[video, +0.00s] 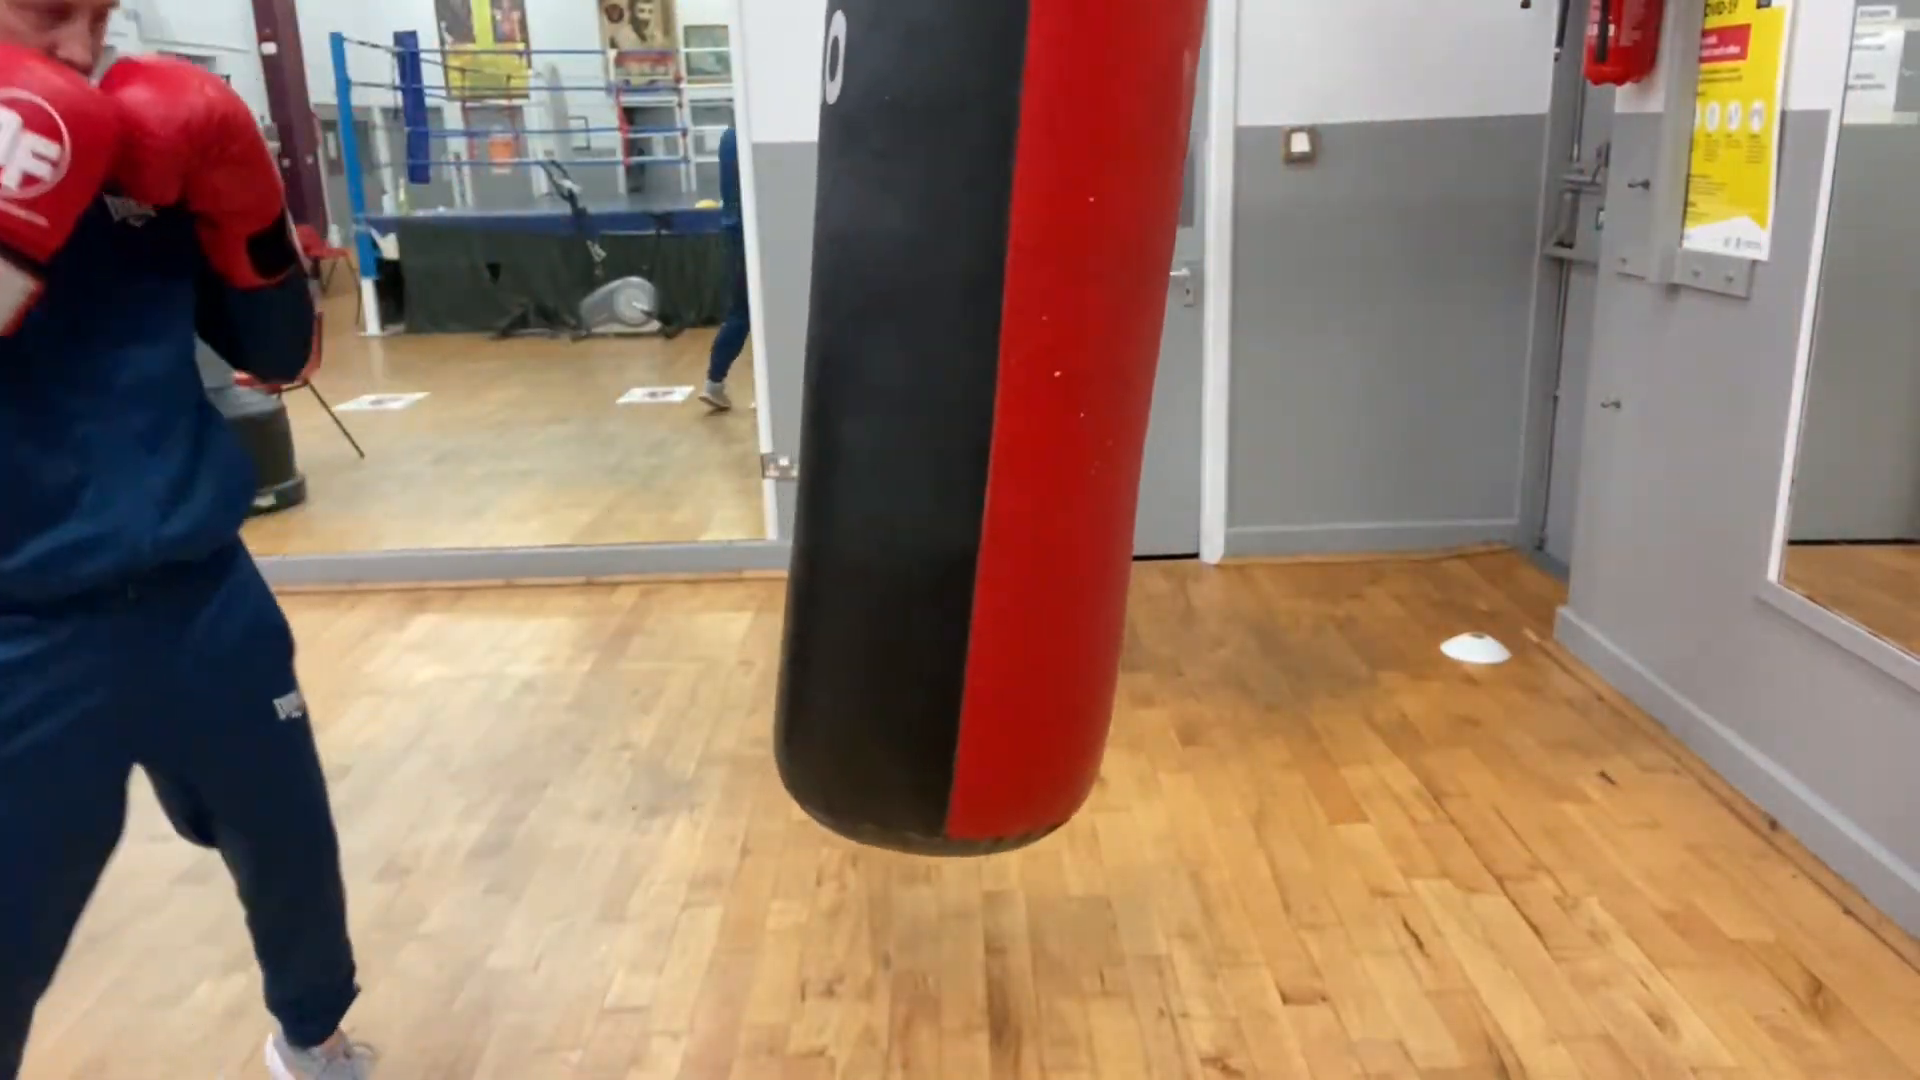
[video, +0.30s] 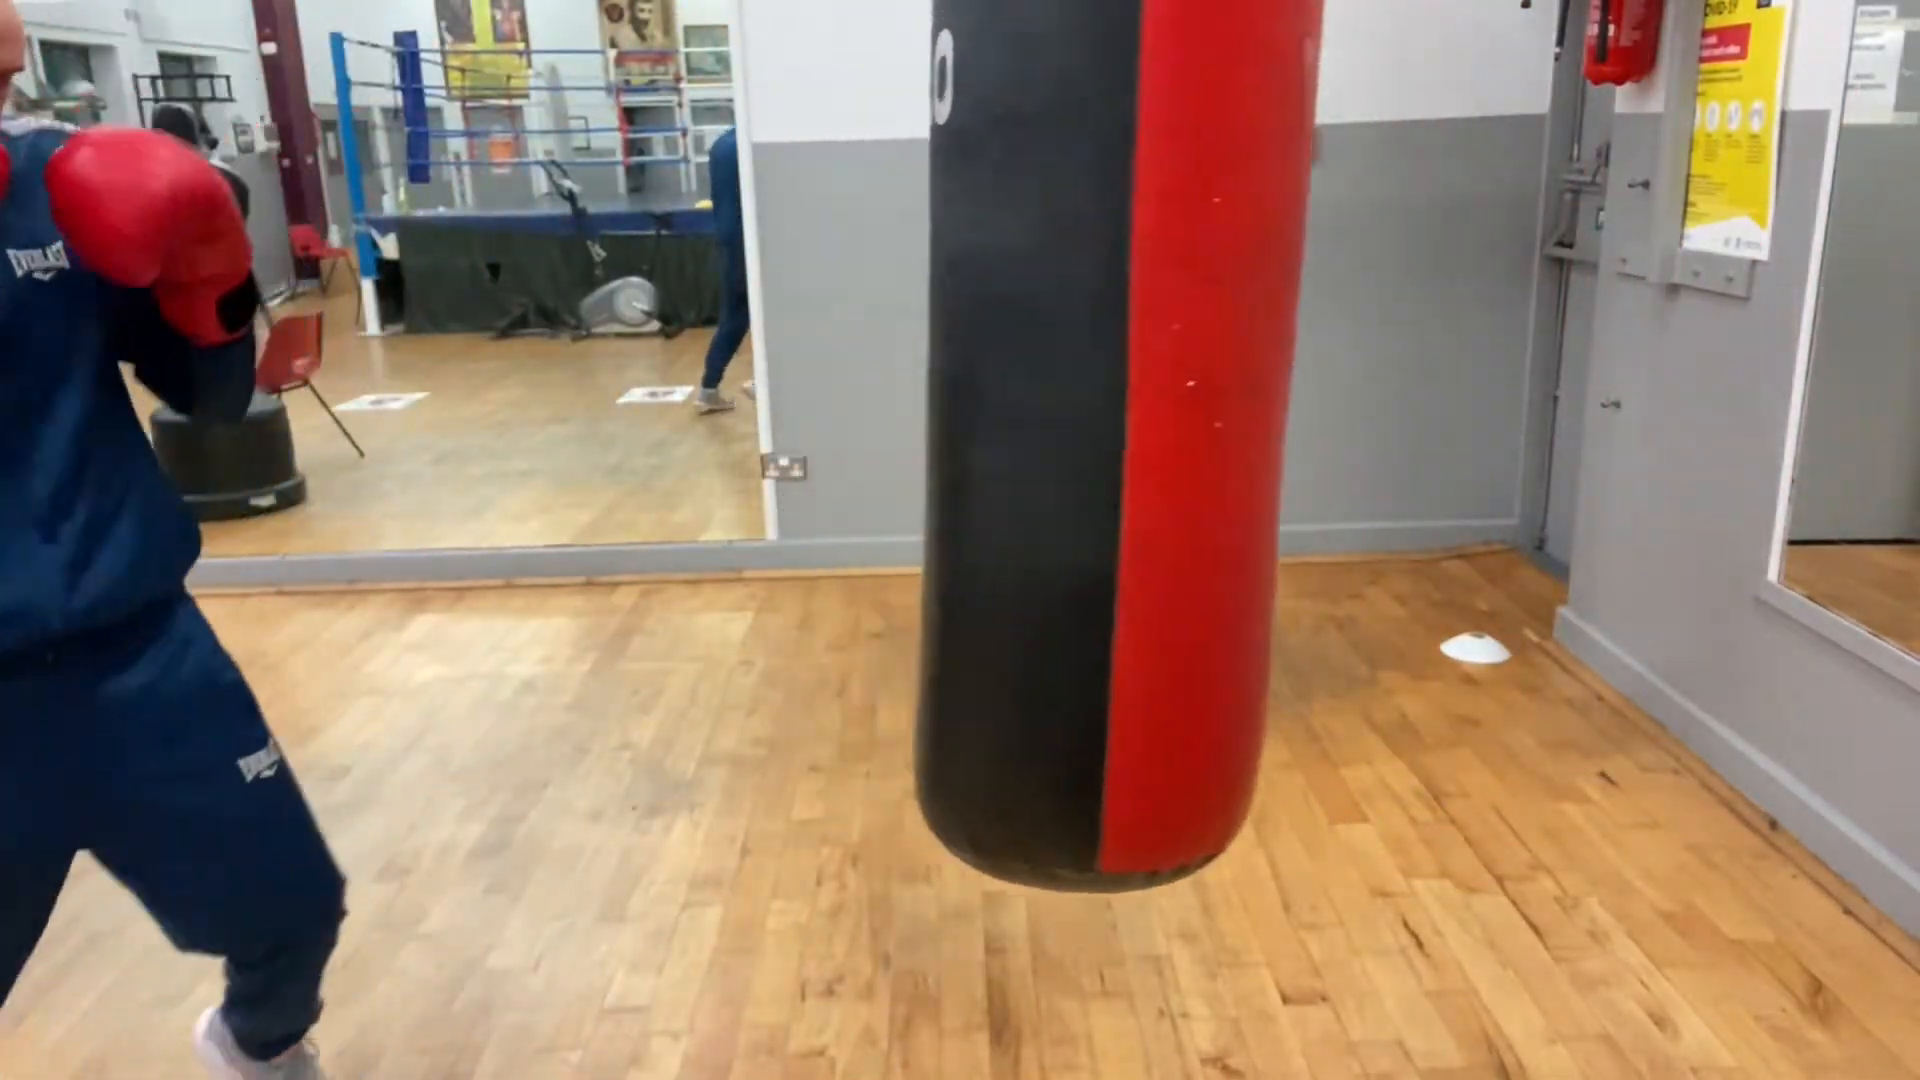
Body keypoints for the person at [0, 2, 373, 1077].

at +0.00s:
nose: (77, 38)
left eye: (94, 13)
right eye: (48, 13)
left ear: (116, 17)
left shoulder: (145, 150)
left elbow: (278, 355)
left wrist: (243, 192)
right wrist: (24, 224)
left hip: (202, 594)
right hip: (33, 626)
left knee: (291, 847)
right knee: (15, 949)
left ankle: (312, 1040)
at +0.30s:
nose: (12, 73)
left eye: (13, 62)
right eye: (1, 64)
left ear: (20, 53)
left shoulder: (73, 184)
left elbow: (207, 392)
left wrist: (206, 281)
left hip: (136, 649)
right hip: (4, 693)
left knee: (290, 906)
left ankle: (258, 1043)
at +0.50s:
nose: (62, 79)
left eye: (78, 57)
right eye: (40, 54)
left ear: (92, 44)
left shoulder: (127, 151)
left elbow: (305, 344)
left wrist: (299, 210)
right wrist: (10, 197)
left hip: (189, 644)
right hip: (22, 683)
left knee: (393, 883)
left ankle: (504, 1059)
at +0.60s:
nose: (139, 169)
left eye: (155, 131)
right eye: (104, 133)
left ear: (170, 119)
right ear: (13, 133)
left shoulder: (209, 227)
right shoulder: (4, 283)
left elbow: (316, 433)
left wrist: (343, 347)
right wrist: (26, 340)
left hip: (258, 701)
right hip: (47, 745)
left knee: (459, 924)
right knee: (6, 1042)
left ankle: (566, 1069)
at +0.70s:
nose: (241, 171)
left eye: (259, 139)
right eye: (211, 135)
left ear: (277, 122)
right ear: (97, 99)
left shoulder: (305, 228)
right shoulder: (19, 252)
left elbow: (441, 421)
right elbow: (24, 520)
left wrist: (450, 307)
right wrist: (115, 326)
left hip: (349, 710)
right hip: (129, 748)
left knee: (526, 960)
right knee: (46, 1055)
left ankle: (570, 1070)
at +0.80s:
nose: (319, 111)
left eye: (337, 78)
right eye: (290, 73)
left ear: (354, 62)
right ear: (174, 41)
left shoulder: (377, 173)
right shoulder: (51, 212)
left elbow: (534, 356)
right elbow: (105, 464)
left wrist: (527, 214)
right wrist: (210, 253)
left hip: (416, 684)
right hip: (197, 724)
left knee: (563, 969)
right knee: (123, 1053)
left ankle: (579, 1077)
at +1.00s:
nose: (400, 93)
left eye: (417, 57)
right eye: (368, 54)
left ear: (432, 40)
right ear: (255, 31)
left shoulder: (426, 171)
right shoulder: (114, 209)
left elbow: (545, 399)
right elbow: (233, 456)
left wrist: (574, 285)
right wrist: (325, 229)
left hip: (518, 641)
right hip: (333, 723)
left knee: (706, 873)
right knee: (357, 1061)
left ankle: (677, 1037)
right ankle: (302, 1070)